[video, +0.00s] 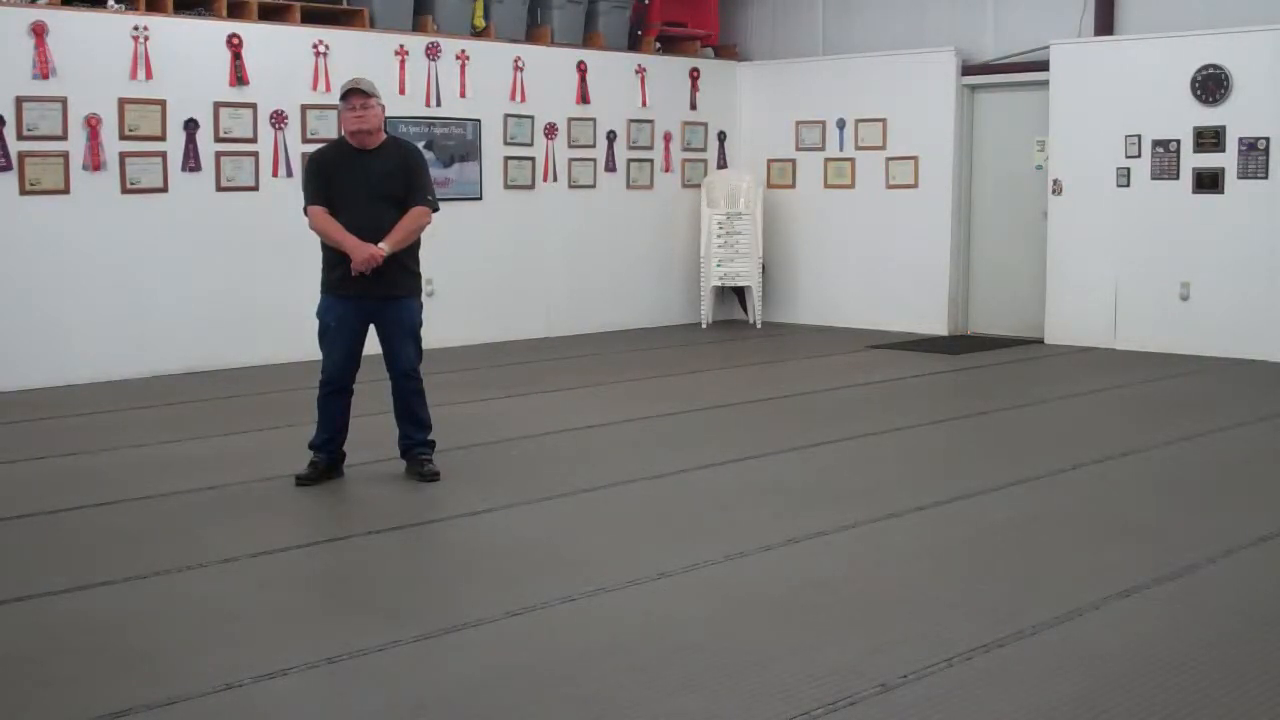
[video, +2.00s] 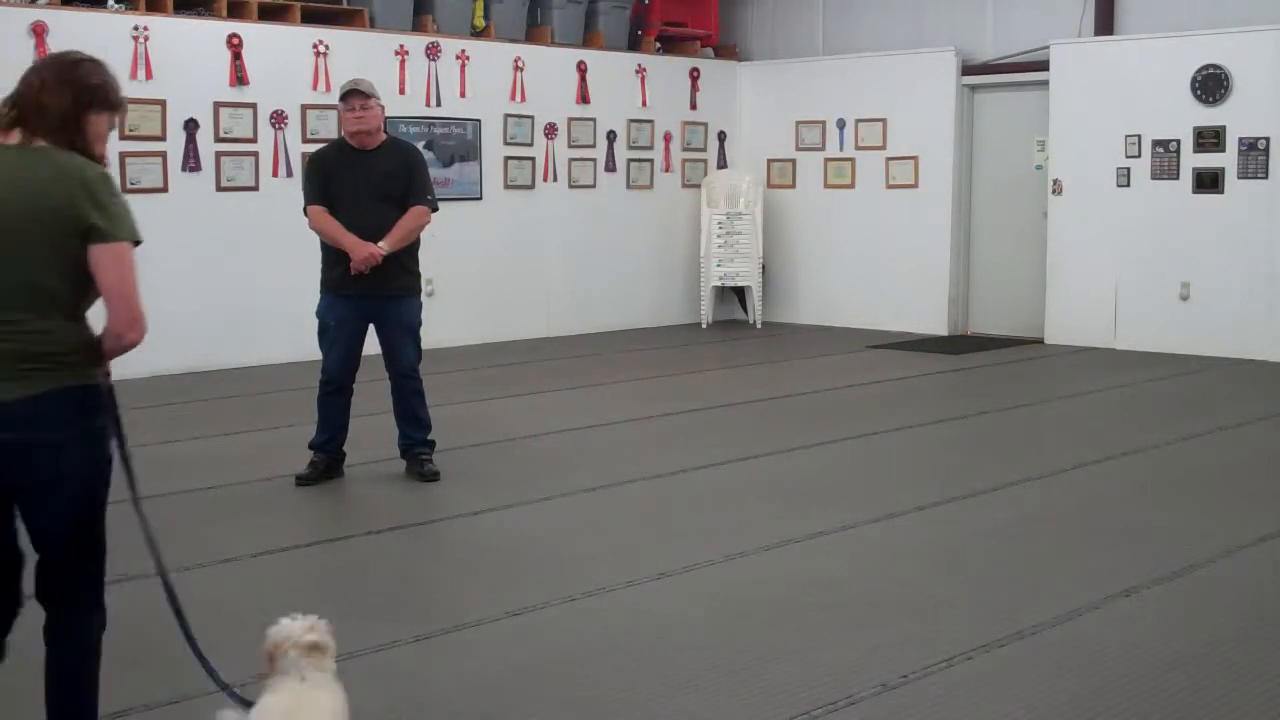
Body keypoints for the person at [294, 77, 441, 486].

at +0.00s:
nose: (358, 114)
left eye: (365, 107)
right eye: (350, 108)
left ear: (381, 111)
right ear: (340, 117)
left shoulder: (407, 155)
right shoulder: (321, 161)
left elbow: (422, 213)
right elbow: (316, 215)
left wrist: (379, 250)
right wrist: (355, 247)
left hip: (398, 287)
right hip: (342, 288)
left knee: (407, 373)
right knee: (335, 376)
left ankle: (419, 452)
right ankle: (327, 456)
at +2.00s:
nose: (358, 113)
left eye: (365, 106)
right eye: (350, 108)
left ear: (381, 112)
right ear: (340, 117)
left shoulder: (407, 155)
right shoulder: (321, 161)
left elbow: (421, 213)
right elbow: (316, 215)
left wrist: (378, 250)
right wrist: (355, 246)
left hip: (398, 288)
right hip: (342, 289)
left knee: (406, 373)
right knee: (335, 375)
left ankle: (419, 452)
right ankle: (327, 455)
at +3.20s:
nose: (357, 115)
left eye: (364, 108)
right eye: (349, 110)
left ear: (380, 113)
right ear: (339, 118)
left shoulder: (406, 155)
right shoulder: (321, 160)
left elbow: (421, 212)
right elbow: (315, 214)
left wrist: (378, 250)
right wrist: (355, 246)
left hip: (397, 289)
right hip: (342, 289)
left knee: (406, 373)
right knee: (335, 378)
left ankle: (418, 451)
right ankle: (327, 456)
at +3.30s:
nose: (357, 116)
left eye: (364, 108)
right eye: (349, 110)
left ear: (380, 113)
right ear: (339, 118)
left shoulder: (406, 155)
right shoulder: (321, 161)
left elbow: (421, 212)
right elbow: (316, 215)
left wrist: (378, 250)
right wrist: (354, 246)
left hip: (397, 288)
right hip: (342, 289)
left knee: (406, 372)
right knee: (335, 377)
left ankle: (419, 451)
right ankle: (328, 455)